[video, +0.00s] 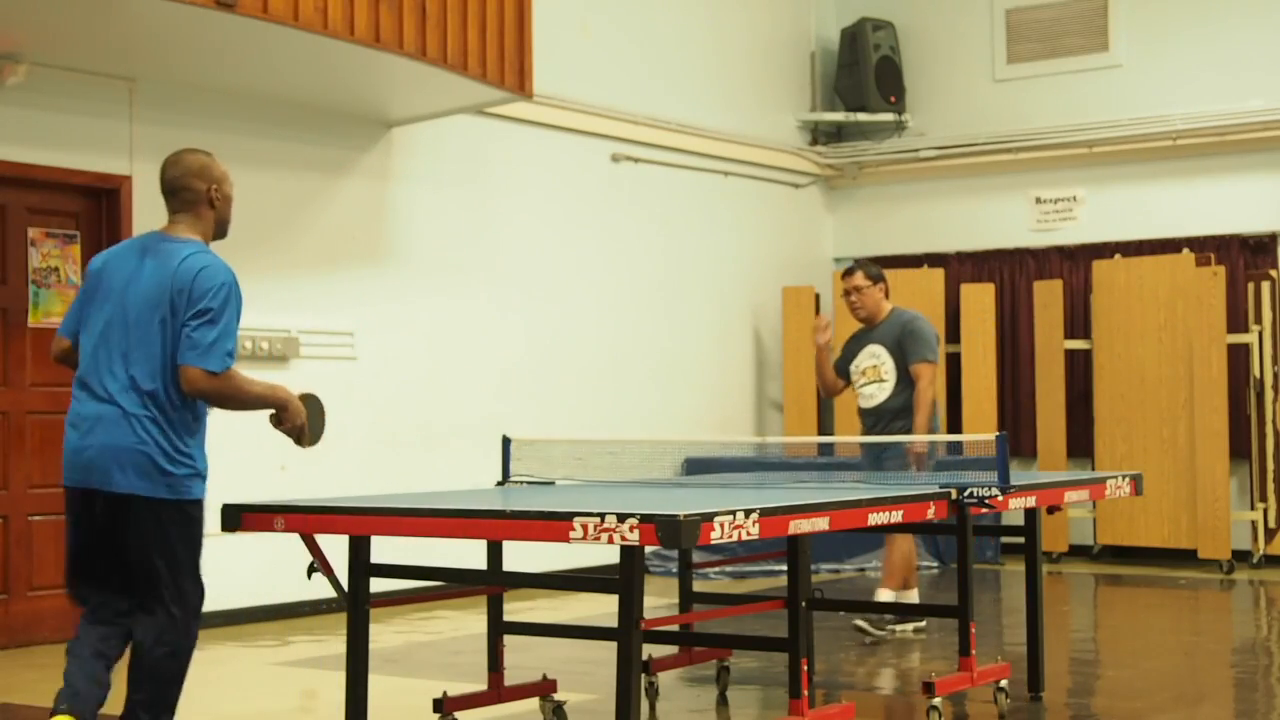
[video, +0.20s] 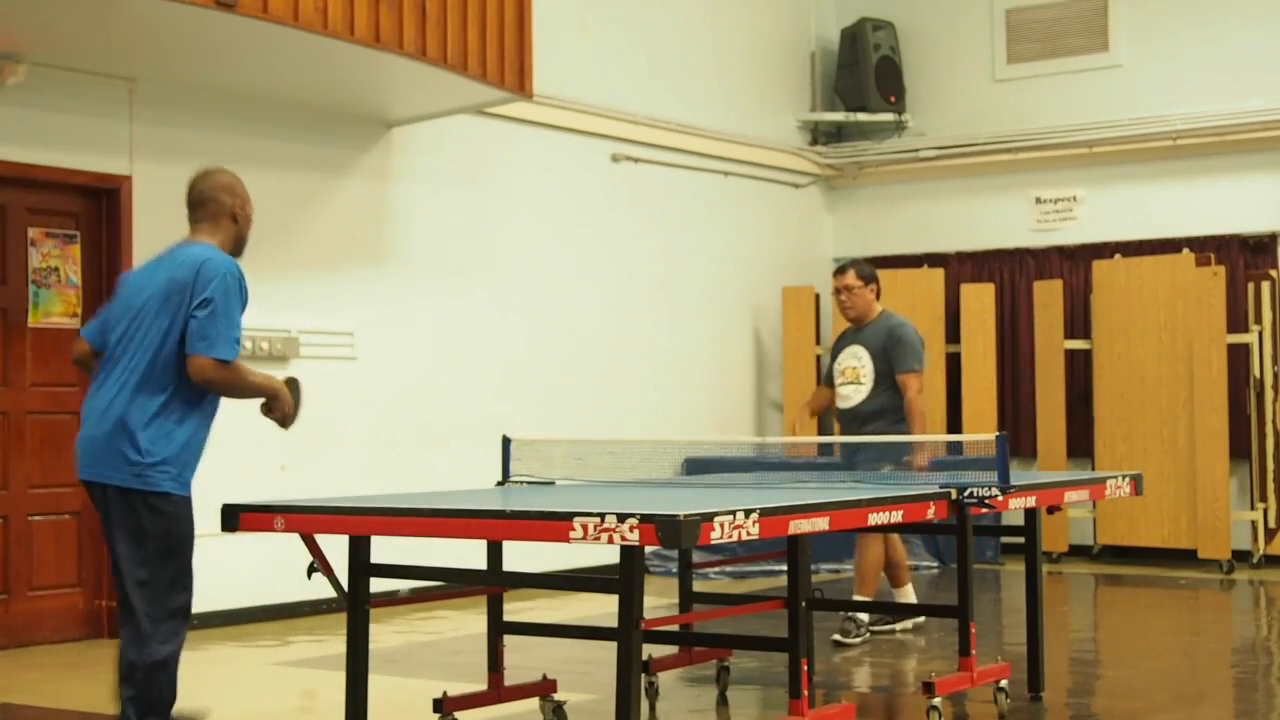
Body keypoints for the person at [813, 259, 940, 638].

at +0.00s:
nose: (853, 299)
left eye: (859, 291)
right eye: (848, 294)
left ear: (882, 290)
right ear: (846, 298)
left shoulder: (911, 325)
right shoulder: (855, 342)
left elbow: (926, 382)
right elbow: (831, 388)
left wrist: (920, 437)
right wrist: (823, 350)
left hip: (907, 442)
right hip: (873, 445)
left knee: (899, 520)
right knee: (896, 521)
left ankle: (883, 605)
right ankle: (910, 608)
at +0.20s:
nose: (843, 299)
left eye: (850, 291)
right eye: (838, 293)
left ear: (872, 290)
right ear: (835, 297)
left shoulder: (898, 331)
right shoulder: (843, 340)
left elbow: (913, 391)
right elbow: (830, 390)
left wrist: (920, 445)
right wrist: (813, 405)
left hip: (888, 446)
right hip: (854, 448)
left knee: (870, 524)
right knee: (880, 525)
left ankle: (859, 614)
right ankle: (908, 607)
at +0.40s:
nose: (833, 292)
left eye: (841, 284)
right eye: (830, 286)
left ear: (865, 286)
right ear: (828, 290)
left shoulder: (886, 330)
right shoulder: (831, 332)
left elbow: (894, 392)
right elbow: (826, 393)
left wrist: (891, 446)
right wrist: (817, 441)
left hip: (866, 442)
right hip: (830, 442)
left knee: (857, 523)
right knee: (835, 523)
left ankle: (856, 612)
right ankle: (880, 580)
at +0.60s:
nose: (821, 288)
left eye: (829, 280)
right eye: (817, 281)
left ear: (852, 283)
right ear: (815, 285)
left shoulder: (873, 325)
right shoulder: (819, 324)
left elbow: (873, 388)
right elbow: (818, 388)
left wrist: (853, 439)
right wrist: (805, 435)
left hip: (860, 443)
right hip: (819, 440)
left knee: (855, 523)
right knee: (807, 518)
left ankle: (857, 614)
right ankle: (828, 598)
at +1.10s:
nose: (808, 282)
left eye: (812, 274)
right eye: (799, 277)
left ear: (823, 278)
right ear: (786, 288)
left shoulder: (854, 319)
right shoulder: (776, 337)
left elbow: (879, 373)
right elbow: (764, 392)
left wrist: (892, 429)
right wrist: (749, 441)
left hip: (864, 441)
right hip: (810, 447)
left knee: (878, 522)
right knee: (810, 526)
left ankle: (885, 613)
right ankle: (809, 613)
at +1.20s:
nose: (813, 282)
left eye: (819, 274)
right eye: (803, 277)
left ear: (829, 279)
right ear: (791, 287)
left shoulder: (861, 320)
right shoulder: (780, 337)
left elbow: (888, 373)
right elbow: (766, 393)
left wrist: (915, 426)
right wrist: (757, 442)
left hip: (868, 442)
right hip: (814, 450)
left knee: (889, 521)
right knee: (812, 529)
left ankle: (910, 609)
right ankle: (809, 614)